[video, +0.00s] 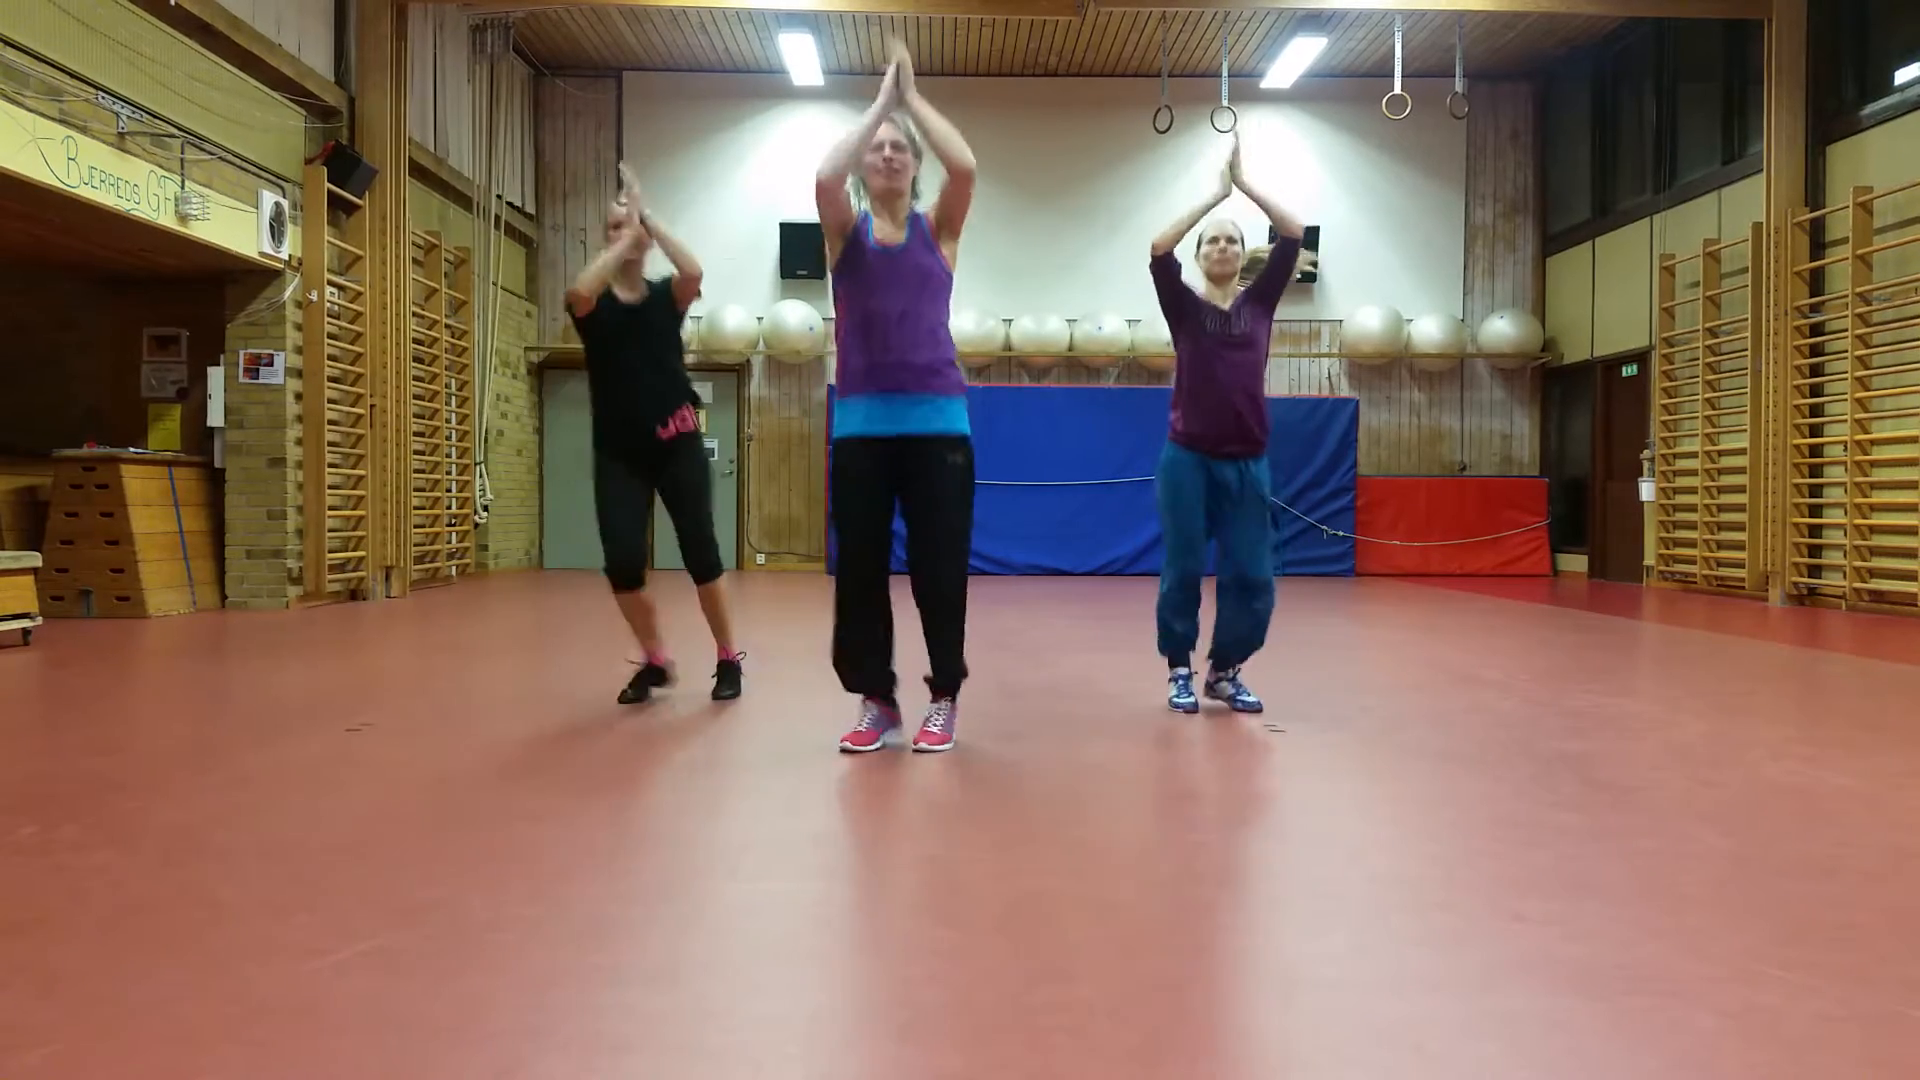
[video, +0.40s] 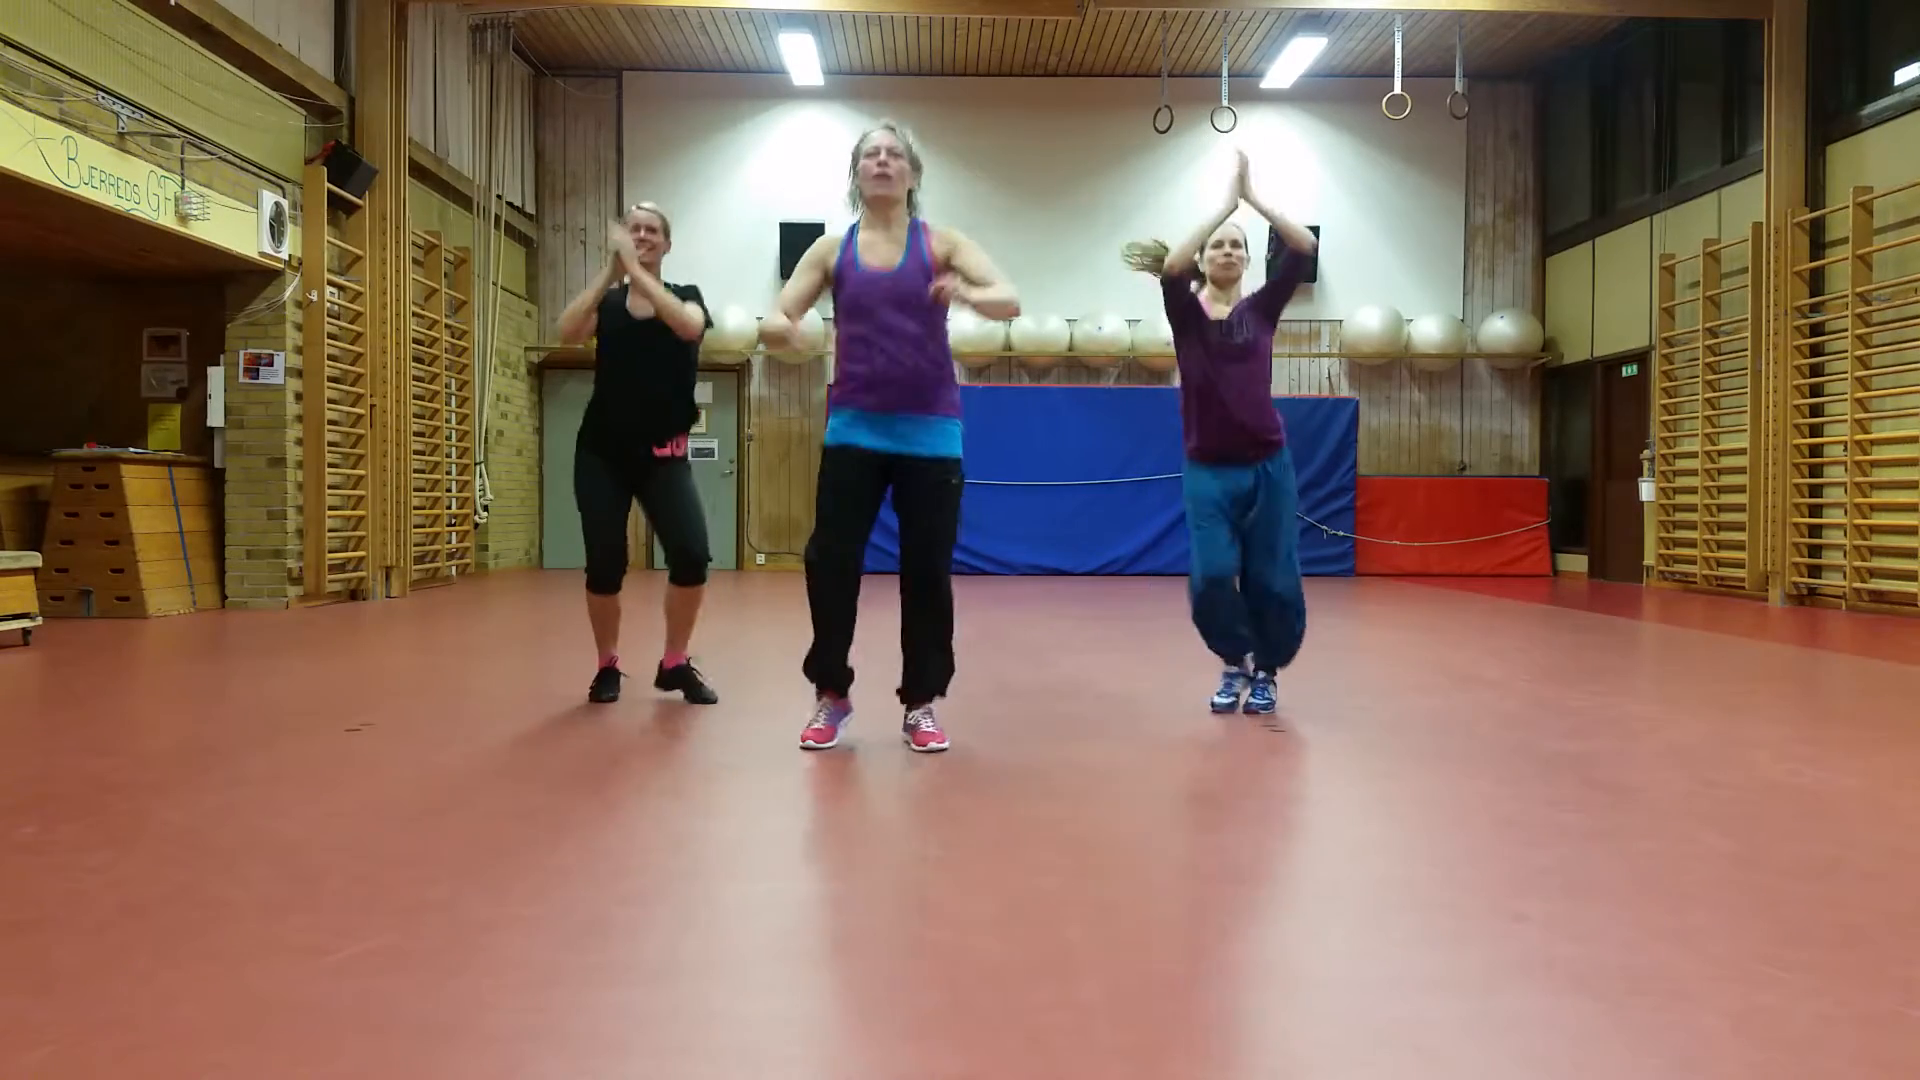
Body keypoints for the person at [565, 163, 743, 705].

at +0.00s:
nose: (623, 236)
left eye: (630, 227)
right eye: (614, 227)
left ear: (645, 240)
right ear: (604, 239)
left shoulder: (668, 297)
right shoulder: (590, 304)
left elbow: (692, 272)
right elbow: (581, 292)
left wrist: (649, 222)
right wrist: (623, 241)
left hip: (678, 444)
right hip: (619, 450)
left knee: (701, 556)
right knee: (622, 568)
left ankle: (728, 658)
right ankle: (655, 662)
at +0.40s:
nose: (644, 237)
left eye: (653, 231)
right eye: (636, 230)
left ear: (667, 242)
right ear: (623, 239)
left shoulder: (685, 296)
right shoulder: (607, 299)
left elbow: (690, 327)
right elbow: (568, 331)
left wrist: (635, 270)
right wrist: (608, 272)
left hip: (664, 452)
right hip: (602, 450)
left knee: (693, 555)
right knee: (604, 564)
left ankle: (674, 664)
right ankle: (607, 667)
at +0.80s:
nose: (653, 233)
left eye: (664, 226)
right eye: (647, 226)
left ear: (682, 240)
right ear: (635, 238)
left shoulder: (702, 299)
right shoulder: (611, 295)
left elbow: (734, 350)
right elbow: (555, 342)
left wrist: (677, 309)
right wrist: (591, 343)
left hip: (696, 455)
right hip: (633, 456)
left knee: (719, 562)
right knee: (579, 552)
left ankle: (751, 671)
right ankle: (583, 659)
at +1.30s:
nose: (657, 218)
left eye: (668, 212)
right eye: (649, 211)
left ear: (686, 227)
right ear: (638, 225)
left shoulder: (706, 284)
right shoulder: (615, 281)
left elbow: (741, 314)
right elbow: (558, 311)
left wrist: (680, 276)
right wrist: (614, 301)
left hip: (695, 445)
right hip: (629, 449)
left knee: (749, 537)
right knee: (596, 558)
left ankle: (766, 658)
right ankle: (593, 664)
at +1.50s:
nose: (660, 232)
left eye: (671, 226)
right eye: (652, 225)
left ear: (688, 240)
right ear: (642, 239)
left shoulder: (712, 301)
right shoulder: (619, 304)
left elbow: (746, 363)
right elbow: (584, 368)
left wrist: (704, 323)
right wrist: (617, 319)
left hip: (708, 451)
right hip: (644, 452)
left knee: (737, 561)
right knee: (583, 548)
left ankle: (761, 666)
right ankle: (578, 653)